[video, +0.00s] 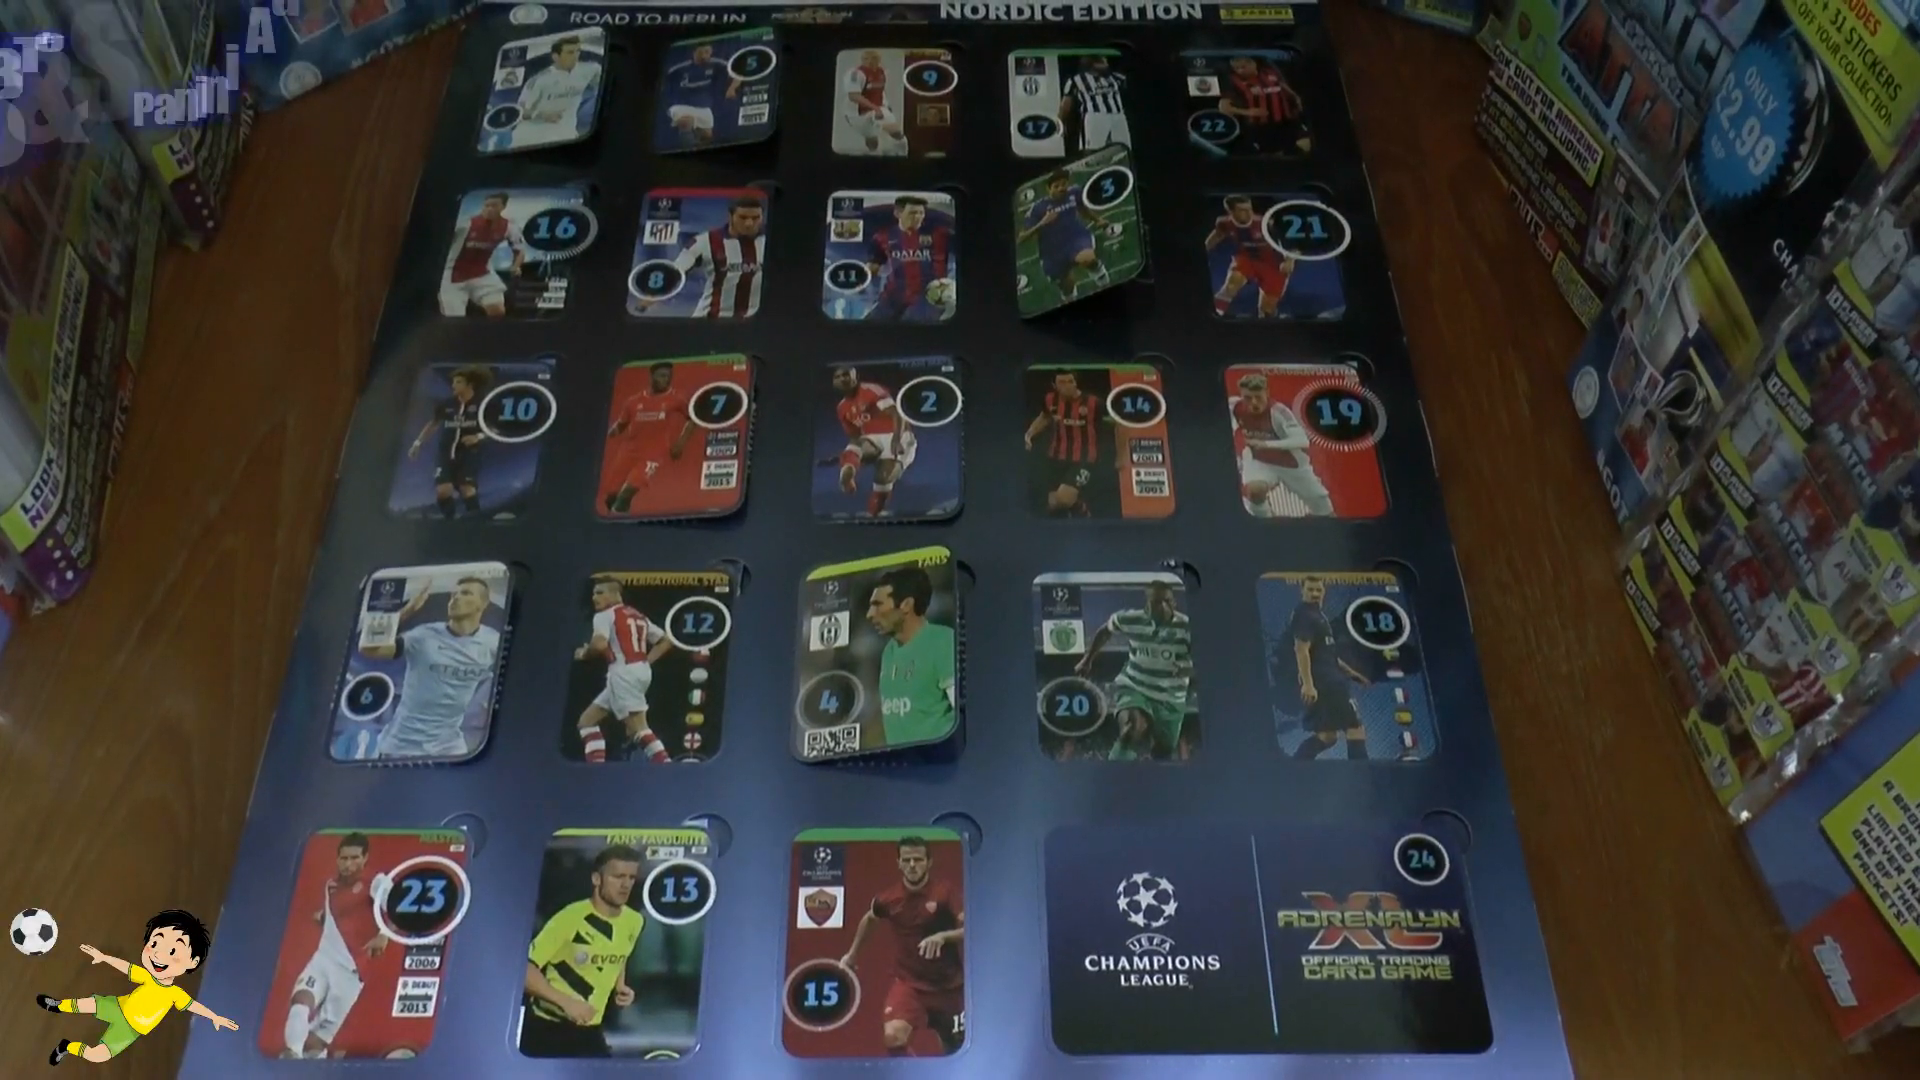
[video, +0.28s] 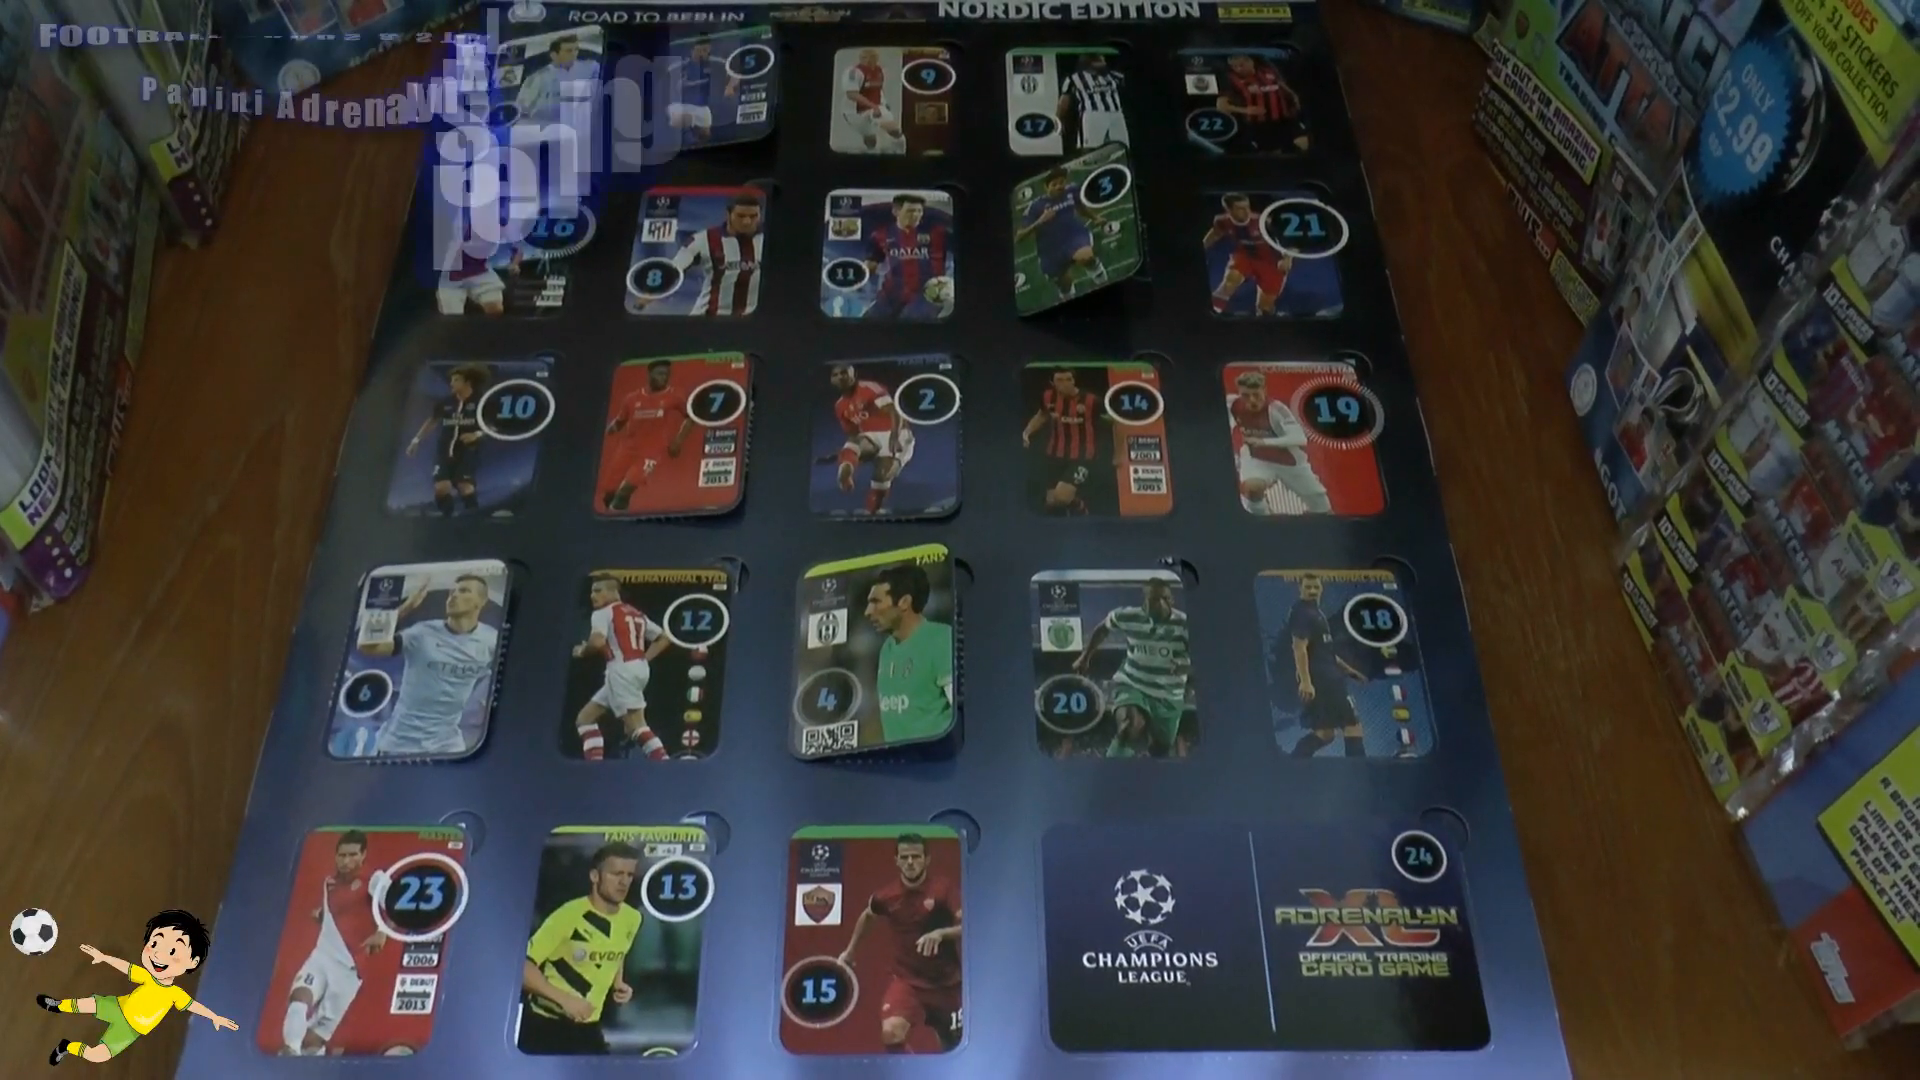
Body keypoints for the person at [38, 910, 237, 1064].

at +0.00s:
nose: (160, 956)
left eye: (172, 953)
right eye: (156, 944)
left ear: (189, 966)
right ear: (146, 944)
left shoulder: (176, 995)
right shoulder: (143, 975)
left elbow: (195, 1007)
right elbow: (124, 966)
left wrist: (215, 1017)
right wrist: (103, 958)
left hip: (131, 1030)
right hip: (119, 1008)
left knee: (99, 1055)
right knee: (88, 1003)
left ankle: (66, 1047)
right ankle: (57, 1006)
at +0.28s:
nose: (159, 956)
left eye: (172, 953)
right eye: (155, 944)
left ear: (188, 965)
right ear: (146, 945)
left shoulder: (176, 995)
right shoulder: (143, 975)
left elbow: (195, 1007)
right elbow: (124, 967)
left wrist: (214, 1017)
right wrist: (103, 958)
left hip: (131, 1030)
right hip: (119, 1008)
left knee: (99, 1055)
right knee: (89, 1003)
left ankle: (66, 1047)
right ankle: (57, 1006)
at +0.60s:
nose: (159, 956)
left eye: (172, 953)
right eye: (156, 944)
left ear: (189, 965)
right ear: (146, 945)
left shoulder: (176, 995)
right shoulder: (143, 975)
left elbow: (195, 1007)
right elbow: (124, 967)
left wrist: (214, 1017)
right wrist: (103, 958)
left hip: (131, 1030)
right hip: (119, 1008)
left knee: (99, 1055)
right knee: (89, 1003)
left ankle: (66, 1047)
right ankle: (57, 1006)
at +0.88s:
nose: (159, 956)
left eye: (172, 952)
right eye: (155, 944)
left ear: (189, 965)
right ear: (145, 945)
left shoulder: (176, 995)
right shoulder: (144, 975)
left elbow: (195, 1007)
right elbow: (124, 966)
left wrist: (214, 1017)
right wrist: (103, 958)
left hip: (131, 1030)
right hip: (119, 1008)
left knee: (99, 1055)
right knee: (89, 1003)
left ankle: (66, 1047)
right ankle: (57, 1006)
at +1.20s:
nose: (159, 956)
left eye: (172, 952)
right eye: (155, 944)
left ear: (190, 965)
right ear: (146, 945)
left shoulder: (176, 995)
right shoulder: (143, 975)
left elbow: (195, 1007)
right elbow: (124, 966)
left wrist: (214, 1017)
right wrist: (103, 958)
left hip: (131, 1030)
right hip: (119, 1008)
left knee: (99, 1055)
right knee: (89, 1003)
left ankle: (66, 1047)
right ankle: (57, 1006)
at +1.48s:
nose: (159, 956)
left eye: (172, 952)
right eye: (155, 944)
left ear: (189, 965)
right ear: (145, 946)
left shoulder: (176, 995)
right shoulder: (143, 975)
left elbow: (195, 1007)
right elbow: (124, 966)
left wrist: (214, 1017)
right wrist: (103, 958)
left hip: (131, 1030)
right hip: (119, 1008)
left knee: (98, 1055)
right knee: (89, 1003)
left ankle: (66, 1047)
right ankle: (58, 1006)